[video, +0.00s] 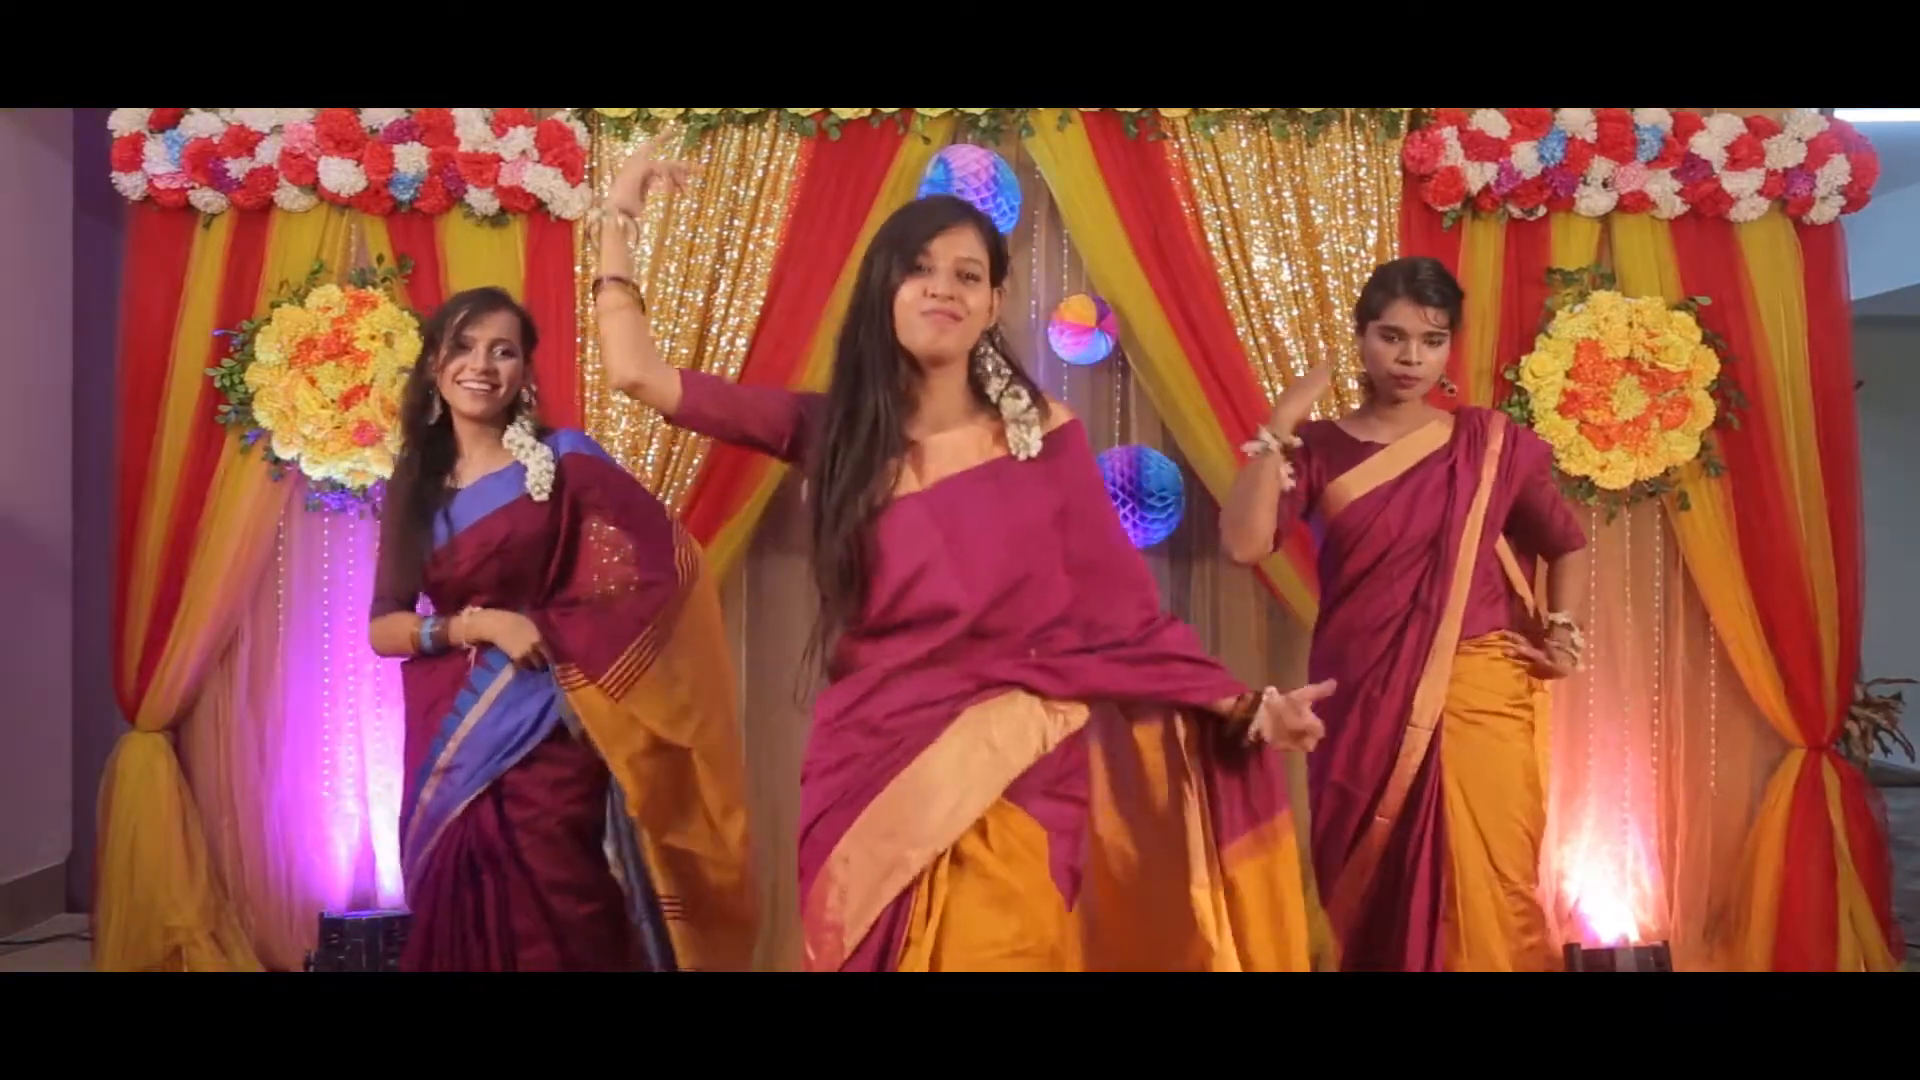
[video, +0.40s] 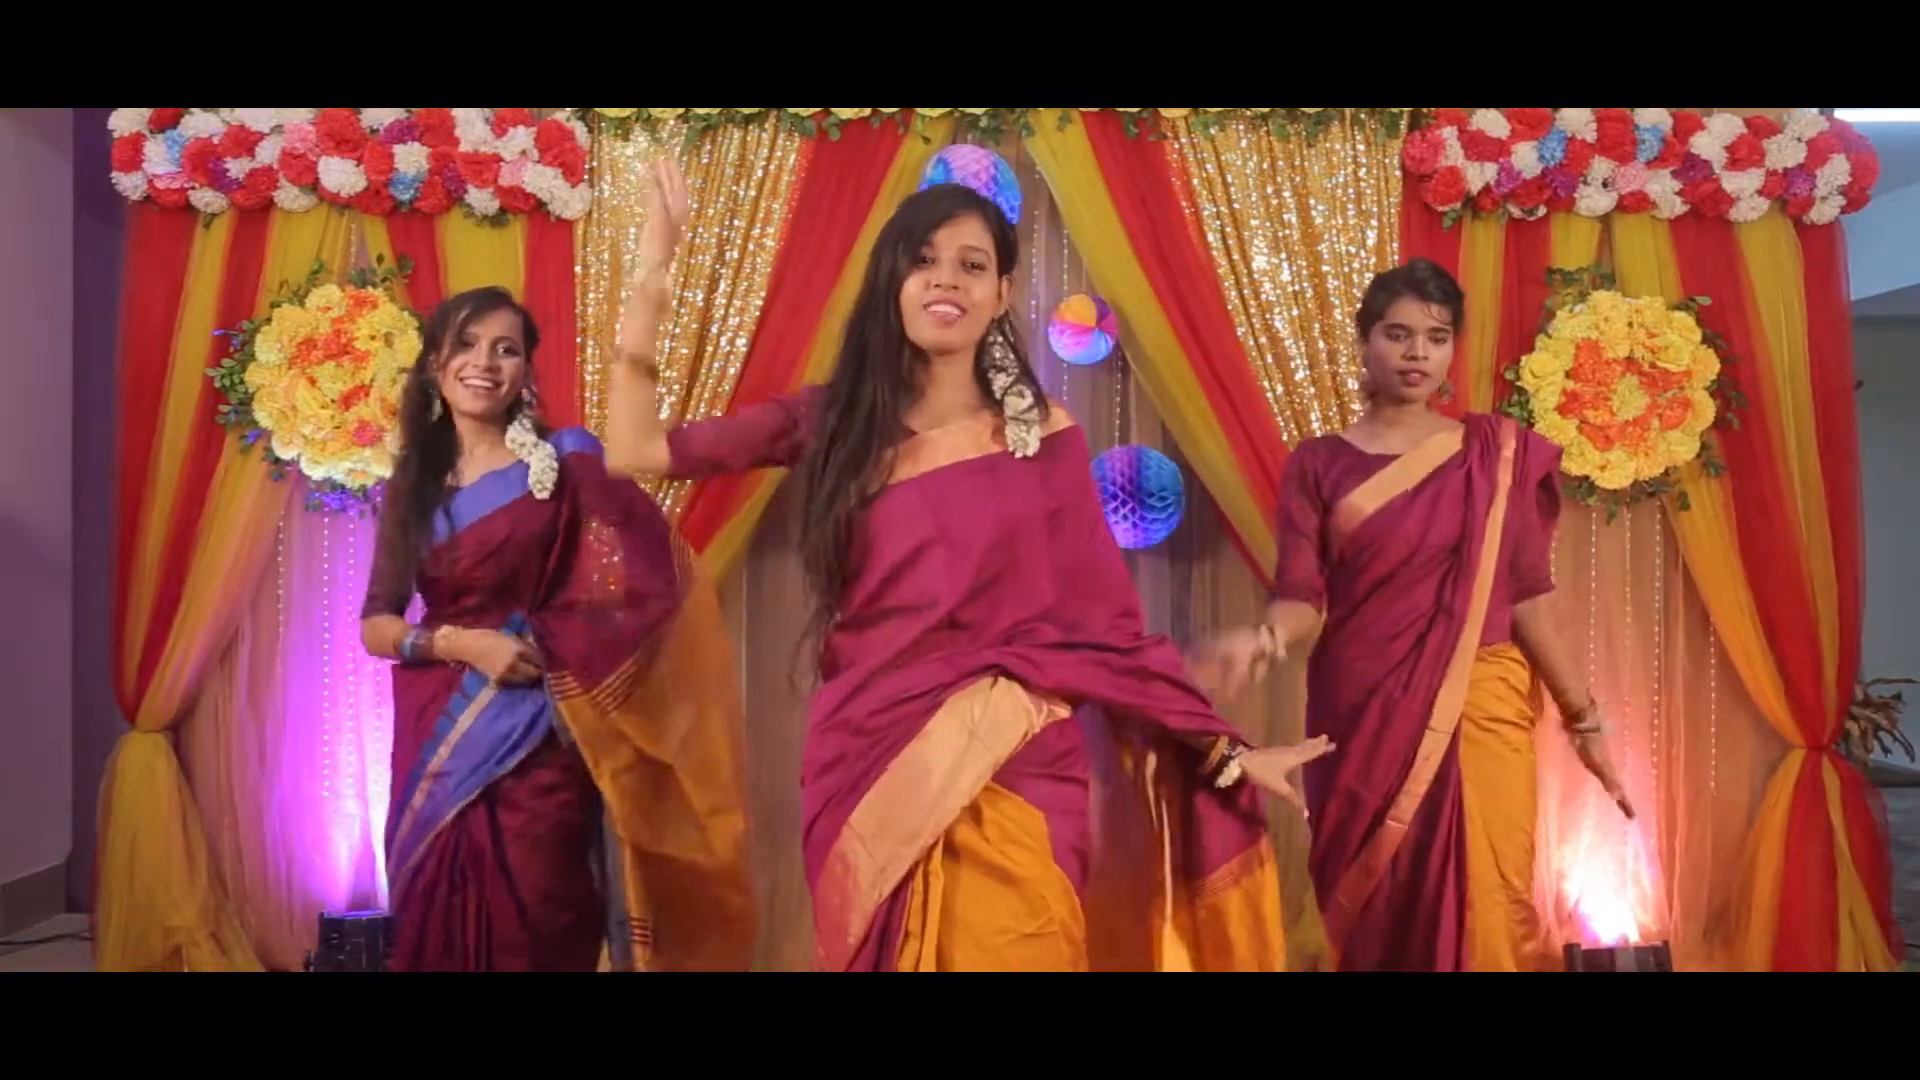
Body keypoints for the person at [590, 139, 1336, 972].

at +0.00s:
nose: (944, 291)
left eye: (970, 277)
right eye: (921, 271)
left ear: (995, 305)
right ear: (880, 291)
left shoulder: (1048, 437)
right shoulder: (844, 431)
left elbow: (1128, 621)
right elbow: (638, 375)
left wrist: (1248, 707)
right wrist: (617, 220)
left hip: (1022, 759)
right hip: (875, 757)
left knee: (1005, 949)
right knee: (868, 953)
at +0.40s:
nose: (946, 281)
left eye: (972, 265)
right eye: (924, 260)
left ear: (1004, 295)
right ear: (888, 286)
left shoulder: (1044, 433)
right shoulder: (841, 421)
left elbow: (1107, 622)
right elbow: (633, 451)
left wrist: (1225, 752)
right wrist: (652, 275)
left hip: (1025, 754)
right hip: (875, 755)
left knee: (1019, 948)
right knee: (883, 955)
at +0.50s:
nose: (944, 285)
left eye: (972, 267)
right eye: (922, 264)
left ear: (1004, 296)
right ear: (892, 285)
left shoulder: (1044, 433)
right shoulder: (840, 427)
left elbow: (1109, 626)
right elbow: (678, 548)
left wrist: (1211, 763)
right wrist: (627, 385)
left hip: (1024, 757)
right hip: (871, 757)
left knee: (1007, 953)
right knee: (875, 956)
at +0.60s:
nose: (943, 290)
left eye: (969, 272)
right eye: (922, 268)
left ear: (1003, 301)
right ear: (889, 289)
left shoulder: (1048, 436)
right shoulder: (834, 439)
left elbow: (1109, 631)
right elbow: (772, 619)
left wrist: (1186, 782)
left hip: (1020, 764)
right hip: (866, 763)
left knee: (998, 952)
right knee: (864, 956)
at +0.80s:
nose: (930, 295)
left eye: (959, 279)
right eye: (913, 273)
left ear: (993, 308)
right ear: (880, 292)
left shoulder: (1041, 423)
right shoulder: (836, 447)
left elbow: (1103, 603)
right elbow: (793, 624)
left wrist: (1159, 739)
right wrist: (700, 520)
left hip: (1019, 752)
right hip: (868, 754)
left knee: (991, 949)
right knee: (867, 951)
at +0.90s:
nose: (932, 307)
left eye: (959, 288)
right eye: (912, 283)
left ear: (992, 313)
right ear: (879, 303)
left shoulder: (1038, 430)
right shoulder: (840, 443)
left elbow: (1102, 620)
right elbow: (766, 596)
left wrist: (1206, 757)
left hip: (1021, 749)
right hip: (871, 751)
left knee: (992, 948)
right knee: (872, 953)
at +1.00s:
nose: (936, 310)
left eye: (963, 292)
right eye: (917, 287)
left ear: (994, 311)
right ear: (883, 300)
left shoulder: (1034, 443)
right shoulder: (835, 419)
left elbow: (1091, 615)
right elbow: (762, 522)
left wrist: (1187, 718)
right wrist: (923, 454)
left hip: (1018, 749)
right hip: (871, 747)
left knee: (1007, 947)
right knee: (876, 955)